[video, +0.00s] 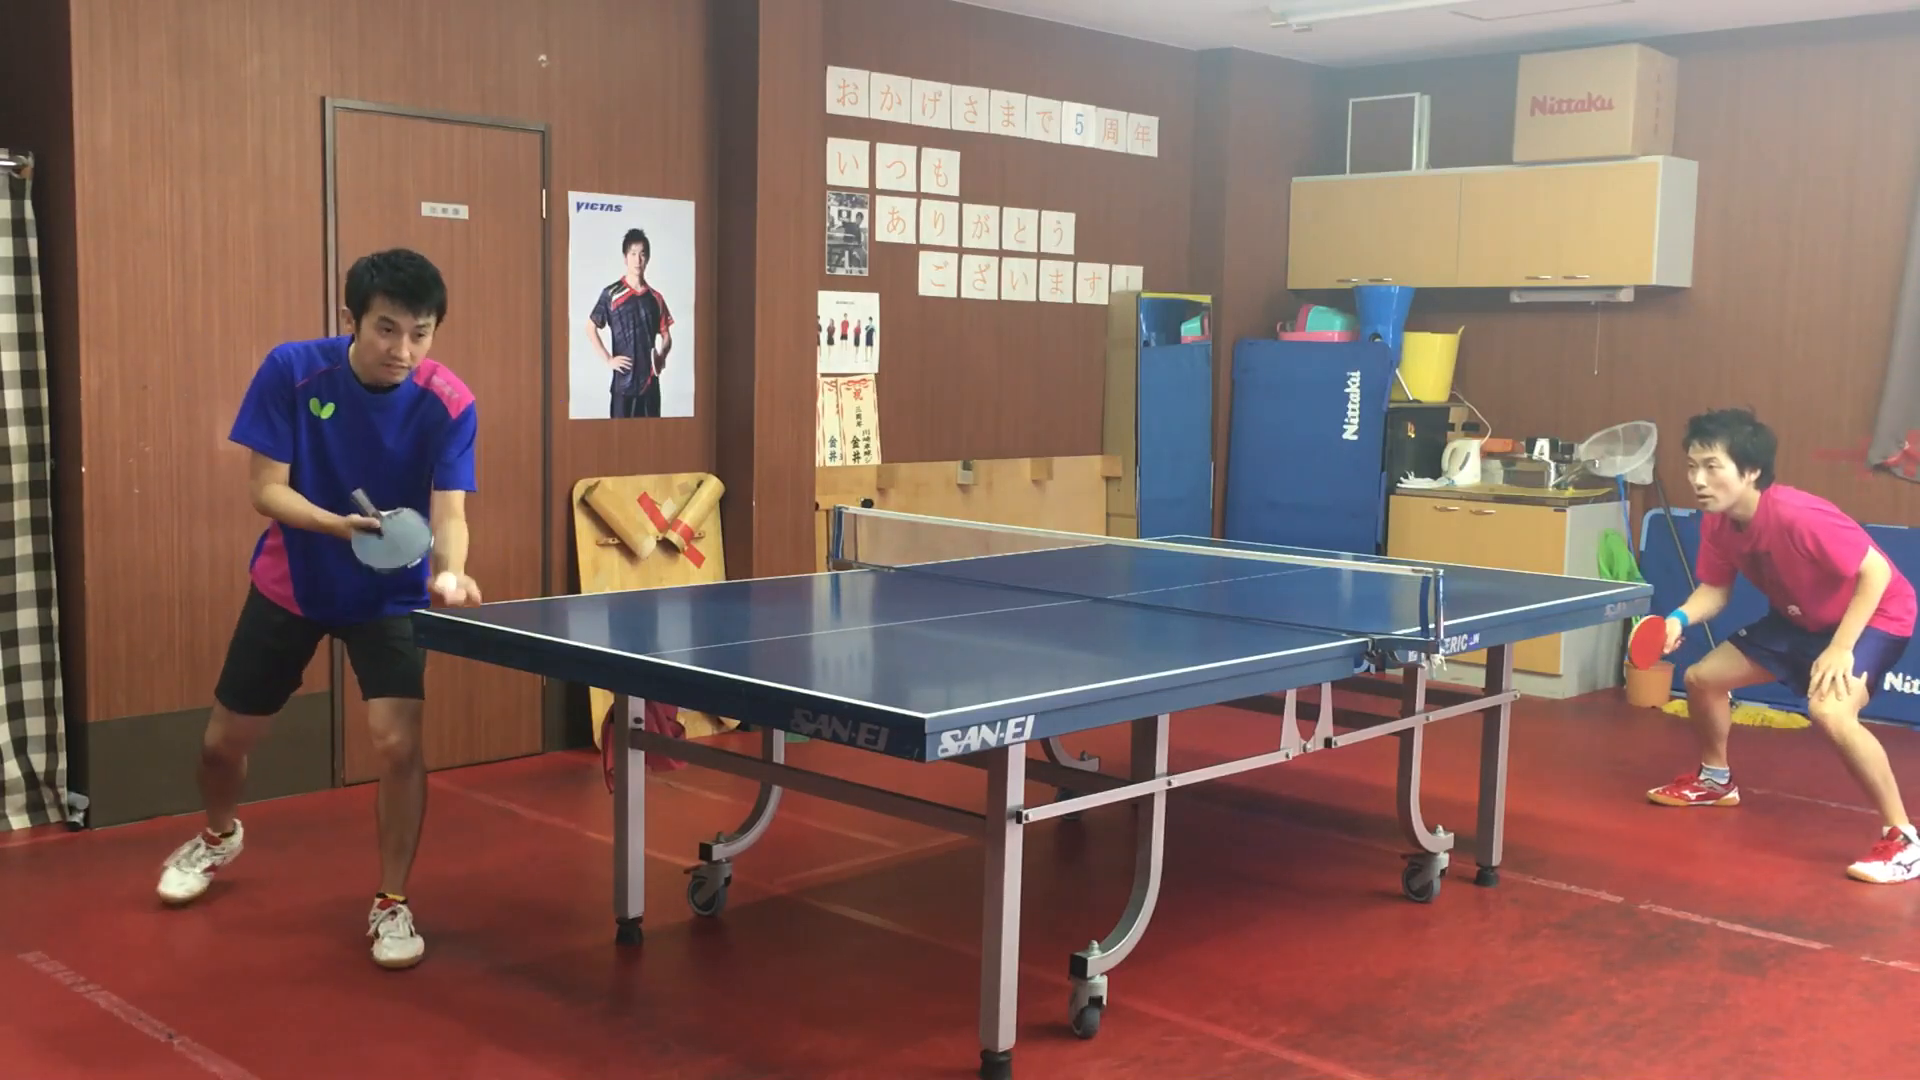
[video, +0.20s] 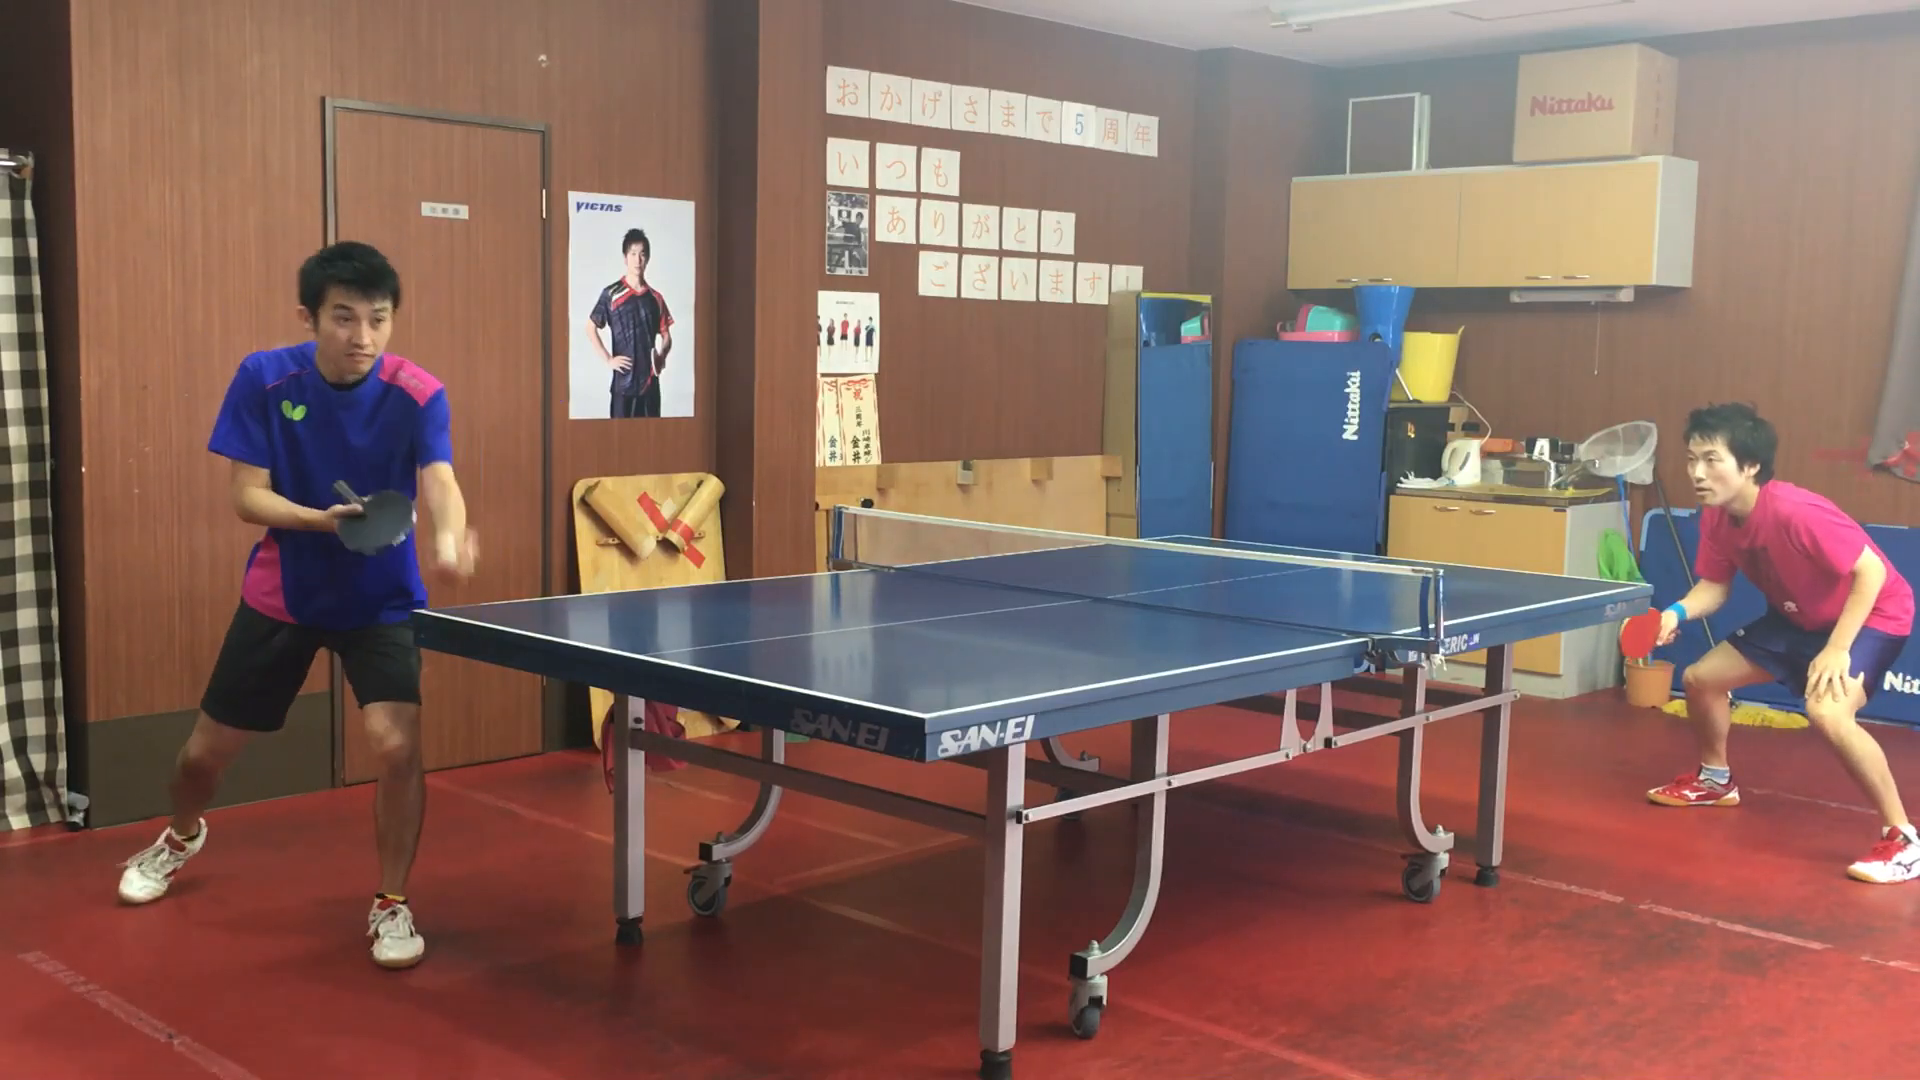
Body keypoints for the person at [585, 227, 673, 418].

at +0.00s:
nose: (638, 260)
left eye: (643, 254)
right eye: (633, 254)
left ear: (648, 258)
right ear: (625, 258)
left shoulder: (655, 297)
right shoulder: (611, 294)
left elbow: (666, 336)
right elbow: (591, 327)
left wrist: (662, 356)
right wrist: (608, 359)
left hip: (649, 378)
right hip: (624, 379)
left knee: (650, 435)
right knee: (622, 436)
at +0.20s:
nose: (638, 260)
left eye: (643, 254)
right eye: (633, 254)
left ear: (648, 258)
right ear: (625, 258)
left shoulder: (655, 297)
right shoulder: (611, 294)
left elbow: (666, 336)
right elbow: (591, 327)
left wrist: (662, 356)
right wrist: (608, 359)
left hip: (649, 378)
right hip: (624, 379)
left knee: (650, 435)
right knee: (622, 436)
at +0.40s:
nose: (639, 259)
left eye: (643, 254)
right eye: (633, 254)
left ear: (648, 258)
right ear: (625, 257)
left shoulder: (655, 297)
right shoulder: (611, 294)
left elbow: (666, 336)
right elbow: (591, 327)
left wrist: (662, 355)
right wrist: (608, 359)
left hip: (649, 378)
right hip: (624, 379)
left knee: (650, 436)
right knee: (622, 436)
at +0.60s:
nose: (639, 259)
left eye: (643, 254)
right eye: (633, 254)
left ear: (648, 258)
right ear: (625, 257)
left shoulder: (655, 297)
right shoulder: (611, 294)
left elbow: (666, 336)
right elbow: (591, 327)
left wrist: (662, 355)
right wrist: (608, 359)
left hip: (649, 378)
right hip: (624, 379)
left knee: (650, 436)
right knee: (622, 436)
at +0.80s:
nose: (639, 259)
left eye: (643, 254)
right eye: (633, 254)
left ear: (648, 258)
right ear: (625, 257)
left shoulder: (655, 297)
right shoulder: (611, 294)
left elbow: (666, 336)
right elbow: (591, 327)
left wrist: (662, 355)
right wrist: (608, 359)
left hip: (649, 379)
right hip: (624, 379)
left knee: (649, 436)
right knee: (622, 436)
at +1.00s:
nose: (639, 259)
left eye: (643, 254)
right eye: (633, 254)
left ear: (648, 258)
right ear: (625, 257)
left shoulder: (655, 297)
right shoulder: (611, 294)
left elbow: (666, 336)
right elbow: (591, 327)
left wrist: (662, 355)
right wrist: (608, 359)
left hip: (649, 378)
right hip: (624, 379)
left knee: (650, 436)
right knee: (622, 436)